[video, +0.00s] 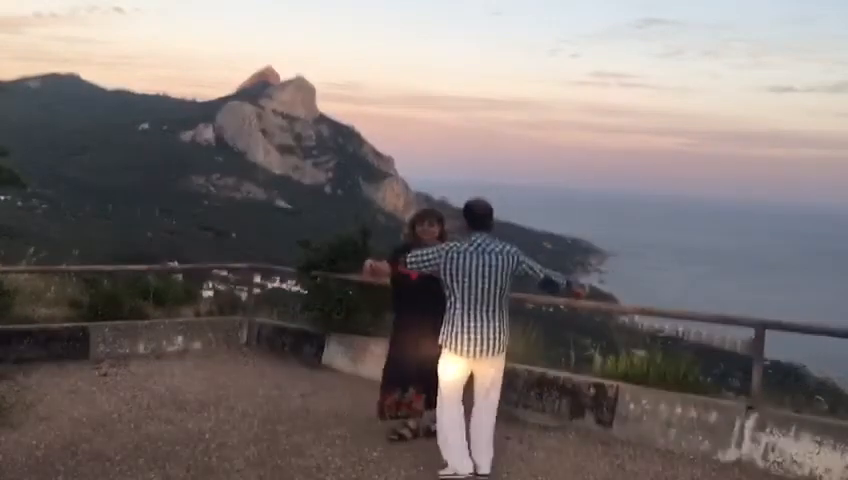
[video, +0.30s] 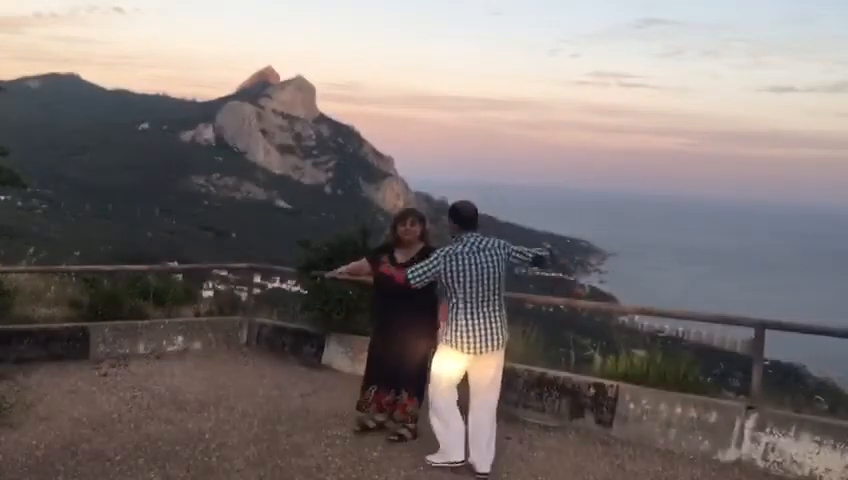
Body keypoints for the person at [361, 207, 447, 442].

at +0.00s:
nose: (428, 229)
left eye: (432, 224)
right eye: (423, 225)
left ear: (441, 229)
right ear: (414, 228)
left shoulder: (446, 254)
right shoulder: (403, 253)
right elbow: (390, 267)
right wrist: (377, 268)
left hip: (436, 318)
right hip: (407, 317)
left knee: (431, 367)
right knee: (405, 364)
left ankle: (428, 417)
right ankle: (407, 418)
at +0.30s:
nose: (407, 229)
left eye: (413, 225)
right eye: (403, 225)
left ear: (422, 229)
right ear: (395, 229)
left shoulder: (432, 257)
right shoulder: (385, 254)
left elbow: (447, 292)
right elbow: (363, 265)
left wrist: (443, 326)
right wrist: (341, 271)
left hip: (419, 326)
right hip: (386, 323)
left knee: (410, 372)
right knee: (379, 368)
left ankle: (405, 424)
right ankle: (373, 417)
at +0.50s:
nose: (394, 227)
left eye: (399, 223)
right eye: (389, 223)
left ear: (408, 227)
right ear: (381, 226)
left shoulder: (417, 254)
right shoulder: (370, 251)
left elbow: (433, 280)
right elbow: (349, 265)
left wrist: (417, 295)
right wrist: (323, 273)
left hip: (403, 325)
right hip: (372, 323)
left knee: (399, 372)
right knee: (369, 370)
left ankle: (404, 424)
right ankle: (367, 420)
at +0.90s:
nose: (368, 226)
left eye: (374, 222)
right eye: (364, 221)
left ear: (384, 226)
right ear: (357, 225)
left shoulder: (391, 253)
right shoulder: (349, 251)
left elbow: (397, 278)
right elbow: (329, 268)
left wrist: (384, 286)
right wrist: (300, 278)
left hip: (379, 324)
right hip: (350, 320)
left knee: (370, 370)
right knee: (348, 366)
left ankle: (360, 424)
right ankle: (352, 417)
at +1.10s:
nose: (353, 228)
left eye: (360, 224)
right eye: (351, 223)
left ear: (372, 229)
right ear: (347, 227)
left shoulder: (380, 254)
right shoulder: (345, 255)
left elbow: (374, 274)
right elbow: (326, 274)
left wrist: (355, 282)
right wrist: (301, 285)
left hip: (370, 325)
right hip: (344, 322)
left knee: (362, 371)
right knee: (346, 368)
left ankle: (358, 425)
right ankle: (357, 418)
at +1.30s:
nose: (338, 226)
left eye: (344, 222)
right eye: (338, 221)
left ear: (358, 226)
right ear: (338, 224)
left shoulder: (366, 251)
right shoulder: (341, 253)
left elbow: (349, 273)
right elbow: (329, 278)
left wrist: (318, 278)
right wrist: (307, 292)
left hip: (359, 325)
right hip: (337, 323)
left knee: (353, 371)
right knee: (329, 368)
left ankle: (353, 423)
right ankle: (331, 421)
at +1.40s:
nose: (332, 223)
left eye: (338, 220)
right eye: (333, 219)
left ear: (352, 224)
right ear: (338, 224)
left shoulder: (358, 249)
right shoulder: (340, 251)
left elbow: (336, 271)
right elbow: (333, 281)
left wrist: (302, 274)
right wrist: (310, 282)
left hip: (354, 324)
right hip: (335, 323)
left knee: (351, 371)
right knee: (331, 370)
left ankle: (354, 424)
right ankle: (330, 422)